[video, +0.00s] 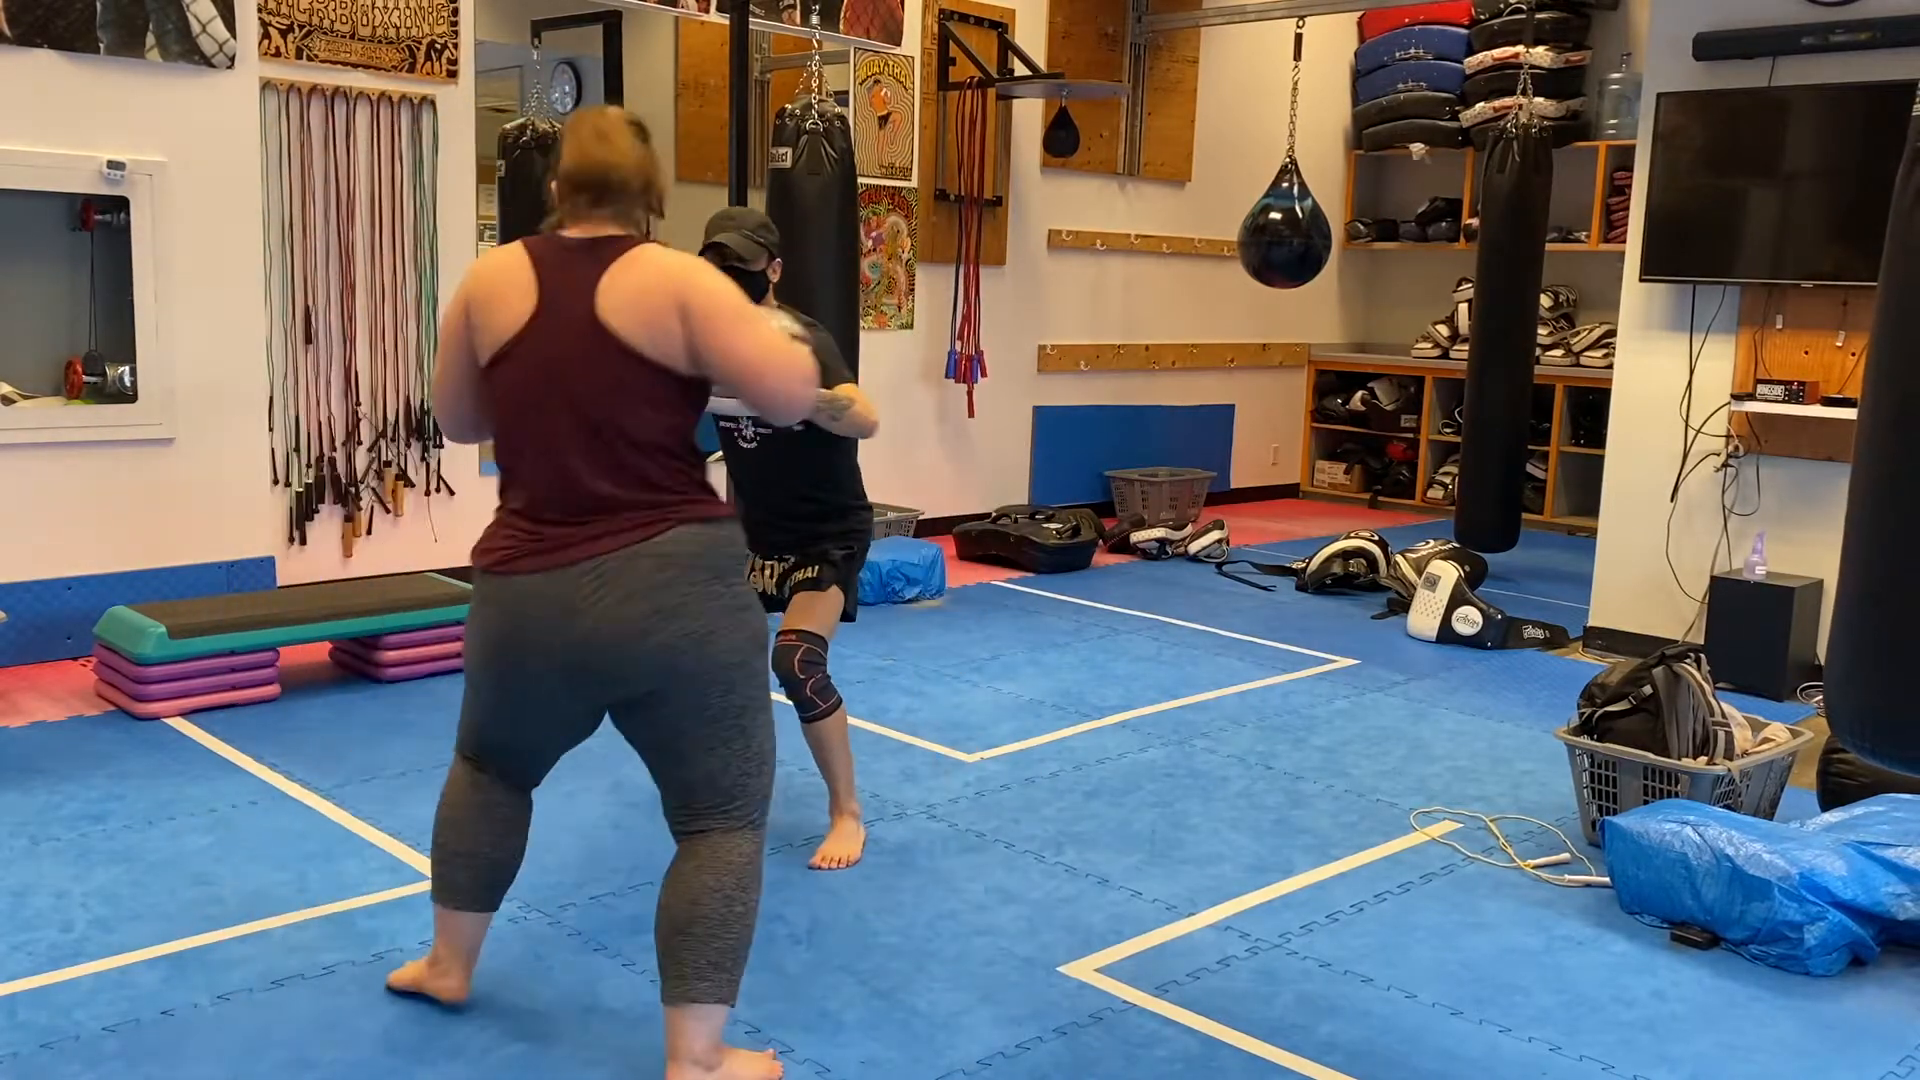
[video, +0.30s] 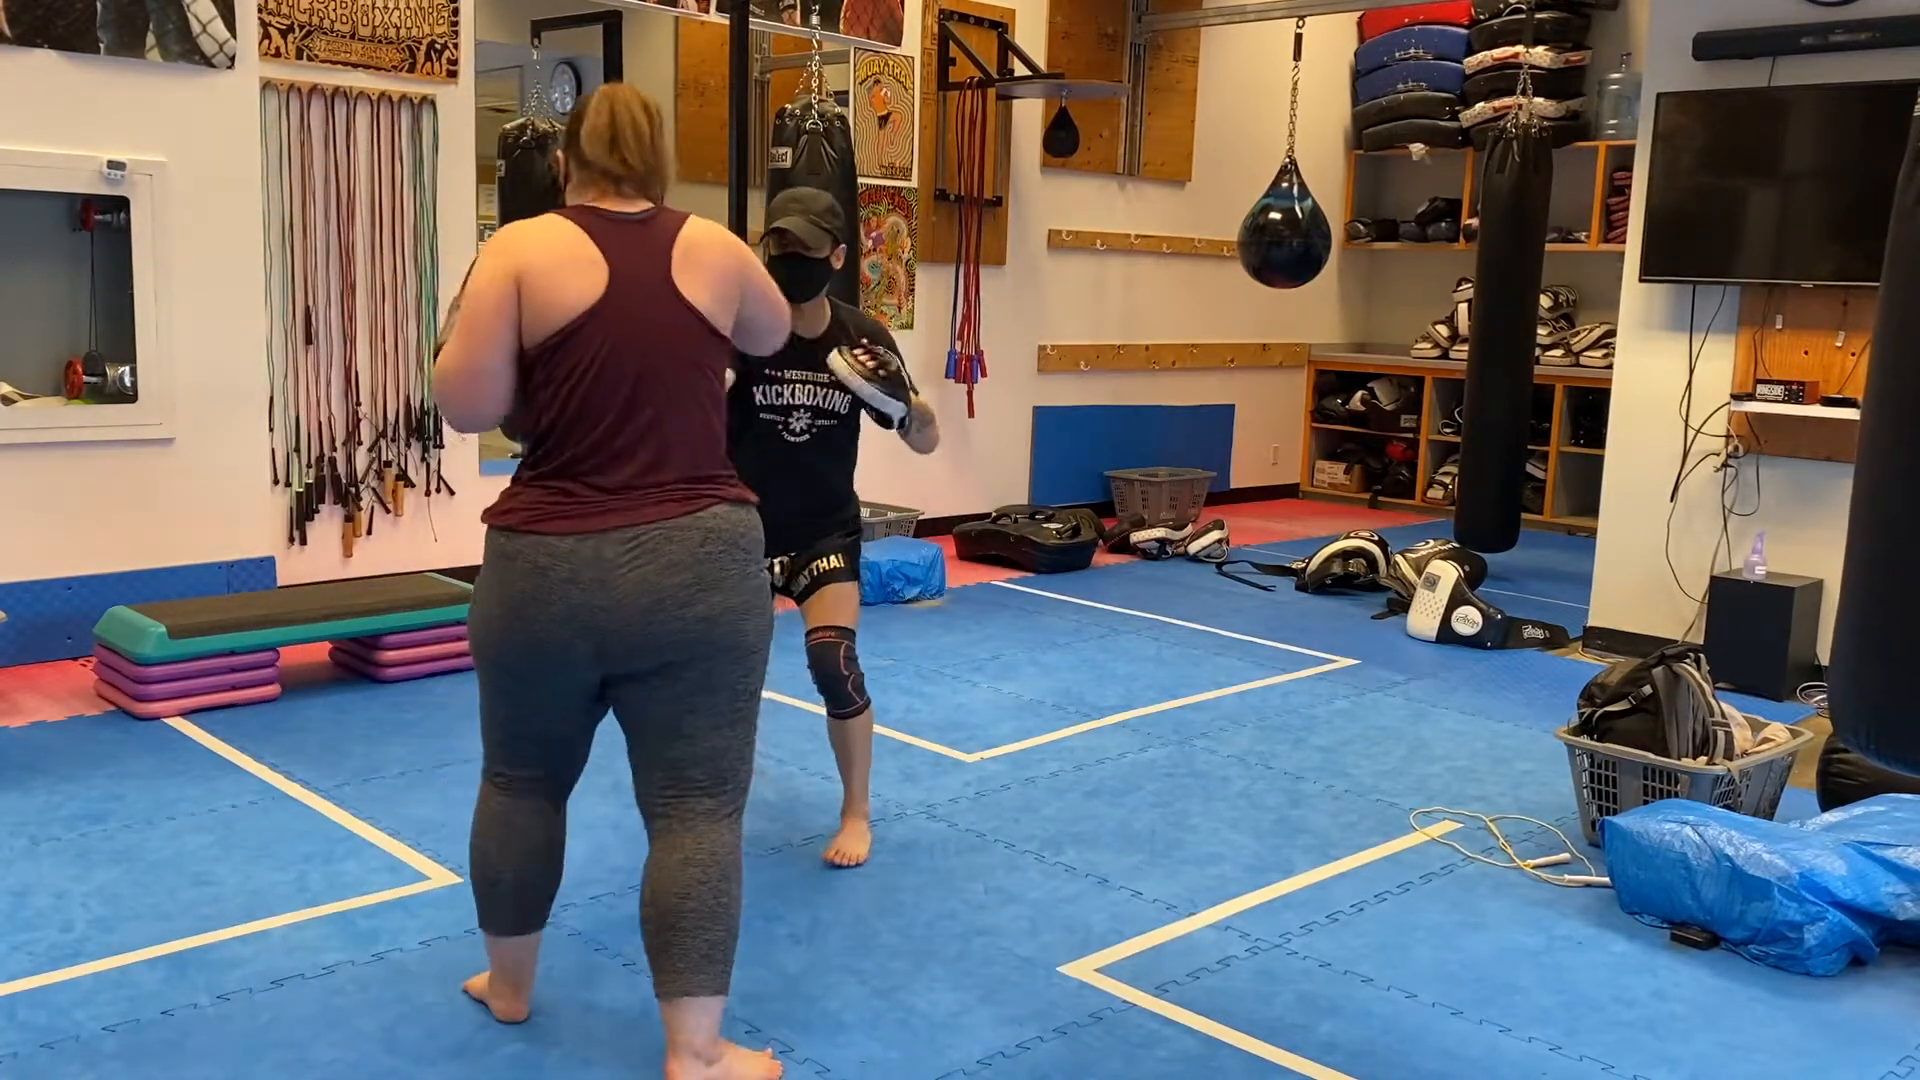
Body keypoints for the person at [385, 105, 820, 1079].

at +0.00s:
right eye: (651, 187)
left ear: (557, 188)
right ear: (650, 192)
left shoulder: (486, 279)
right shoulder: (679, 280)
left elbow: (456, 414)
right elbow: (790, 391)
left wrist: (547, 379)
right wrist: (770, 331)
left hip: (526, 593)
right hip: (674, 583)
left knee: (492, 765)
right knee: (719, 820)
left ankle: (450, 963)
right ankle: (696, 1055)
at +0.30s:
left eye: (570, 154)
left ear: (568, 162)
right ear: (659, 159)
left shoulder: (517, 252)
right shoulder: (714, 249)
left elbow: (469, 404)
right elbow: (770, 335)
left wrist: (536, 350)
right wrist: (690, 286)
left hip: (545, 565)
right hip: (699, 557)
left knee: (522, 778)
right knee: (696, 805)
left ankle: (510, 987)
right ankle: (696, 1052)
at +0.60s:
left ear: (585, 154)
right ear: (687, 160)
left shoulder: (530, 244)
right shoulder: (740, 258)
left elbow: (466, 378)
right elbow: (790, 407)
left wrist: (562, 357)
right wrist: (834, 428)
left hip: (576, 574)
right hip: (735, 564)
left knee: (549, 783)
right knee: (820, 758)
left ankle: (514, 986)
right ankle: (872, 974)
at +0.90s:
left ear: (736, 172)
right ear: (835, 173)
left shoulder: (678, 278)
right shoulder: (885, 270)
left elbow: (635, 438)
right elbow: (952, 400)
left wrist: (694, 361)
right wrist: (910, 303)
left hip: (727, 599)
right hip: (883, 581)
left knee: (648, 800)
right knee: (900, 821)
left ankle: (557, 960)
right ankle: (928, 1058)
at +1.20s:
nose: (779, 153)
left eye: (784, 140)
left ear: (794, 146)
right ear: (892, 148)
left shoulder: (746, 253)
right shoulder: (947, 248)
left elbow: (692, 410)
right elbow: (973, 364)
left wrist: (664, 374)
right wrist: (880, 326)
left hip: (770, 574)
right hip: (924, 567)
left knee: (733, 800)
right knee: (917, 820)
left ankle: (731, 1025)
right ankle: (929, 1057)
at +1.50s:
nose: (800, 147)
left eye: (809, 133)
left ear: (815, 145)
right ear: (907, 150)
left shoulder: (763, 249)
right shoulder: (959, 259)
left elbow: (691, 393)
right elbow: (980, 396)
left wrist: (644, 346)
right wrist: (877, 353)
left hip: (803, 592)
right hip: (953, 590)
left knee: (759, 819)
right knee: (991, 768)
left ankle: (735, 1043)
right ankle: (1048, 980)